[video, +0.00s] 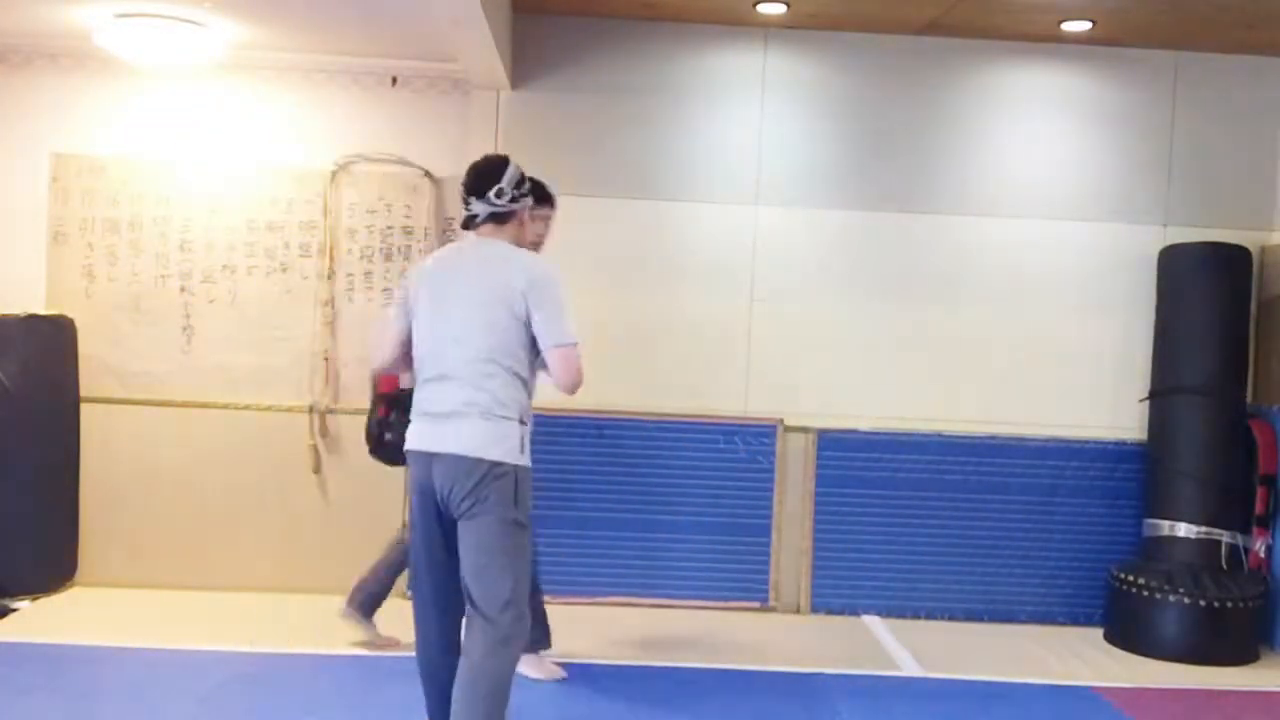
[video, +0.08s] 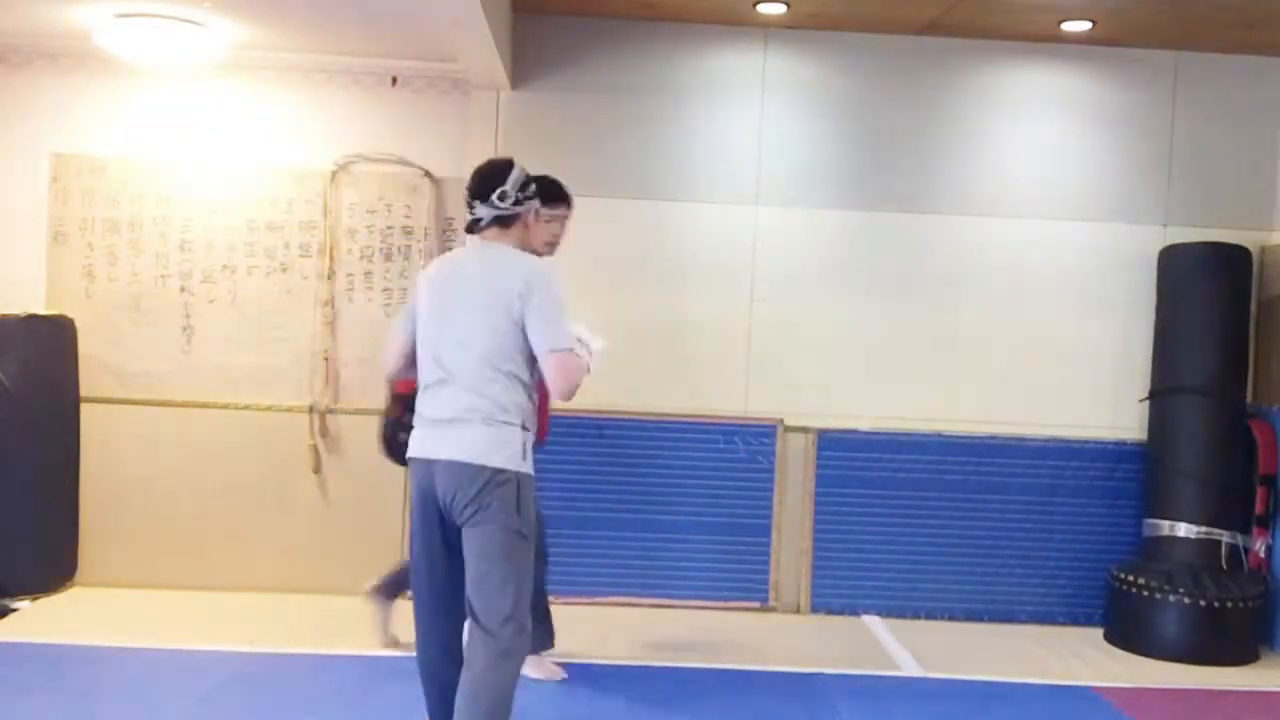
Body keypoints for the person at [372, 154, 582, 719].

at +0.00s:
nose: (538, 225)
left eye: (540, 214)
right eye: (534, 213)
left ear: (469, 207)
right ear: (517, 209)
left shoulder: (427, 269)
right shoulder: (529, 270)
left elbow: (384, 359)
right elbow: (568, 377)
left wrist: (441, 351)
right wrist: (527, 341)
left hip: (423, 459)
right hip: (488, 462)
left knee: (434, 611)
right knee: (498, 619)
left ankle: (444, 712)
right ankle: (473, 713)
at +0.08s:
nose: (545, 225)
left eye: (548, 215)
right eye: (541, 214)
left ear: (475, 211)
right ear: (523, 212)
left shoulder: (434, 272)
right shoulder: (530, 272)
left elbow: (395, 364)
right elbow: (562, 382)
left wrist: (458, 346)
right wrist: (581, 352)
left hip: (426, 466)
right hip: (491, 469)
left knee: (435, 621)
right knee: (500, 629)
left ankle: (444, 713)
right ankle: (475, 714)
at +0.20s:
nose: (556, 228)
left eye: (557, 218)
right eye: (552, 217)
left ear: (488, 218)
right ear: (533, 219)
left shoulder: (444, 280)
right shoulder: (534, 282)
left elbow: (417, 373)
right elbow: (551, 399)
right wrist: (587, 363)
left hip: (432, 482)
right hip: (495, 485)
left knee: (444, 636)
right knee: (509, 647)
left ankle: (447, 714)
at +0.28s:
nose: (563, 229)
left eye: (563, 217)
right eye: (559, 216)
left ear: (495, 219)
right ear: (540, 219)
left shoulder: (451, 283)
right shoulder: (534, 287)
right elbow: (551, 405)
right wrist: (592, 370)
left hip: (438, 487)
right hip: (501, 492)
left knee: (456, 640)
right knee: (514, 656)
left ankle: (454, 714)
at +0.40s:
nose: (577, 226)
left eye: (577, 213)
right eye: (575, 212)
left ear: (507, 213)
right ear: (560, 214)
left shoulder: (462, 277)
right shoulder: (535, 284)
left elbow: (493, 387)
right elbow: (546, 404)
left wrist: (582, 371)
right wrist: (597, 378)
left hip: (452, 484)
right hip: (503, 494)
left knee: (484, 657)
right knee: (512, 670)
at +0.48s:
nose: (580, 219)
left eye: (580, 206)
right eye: (580, 205)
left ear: (512, 204)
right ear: (565, 207)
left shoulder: (470, 269)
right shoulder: (537, 278)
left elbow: (474, 386)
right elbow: (547, 400)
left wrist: (572, 380)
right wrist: (597, 369)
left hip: (456, 479)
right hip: (506, 491)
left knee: (498, 658)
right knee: (504, 668)